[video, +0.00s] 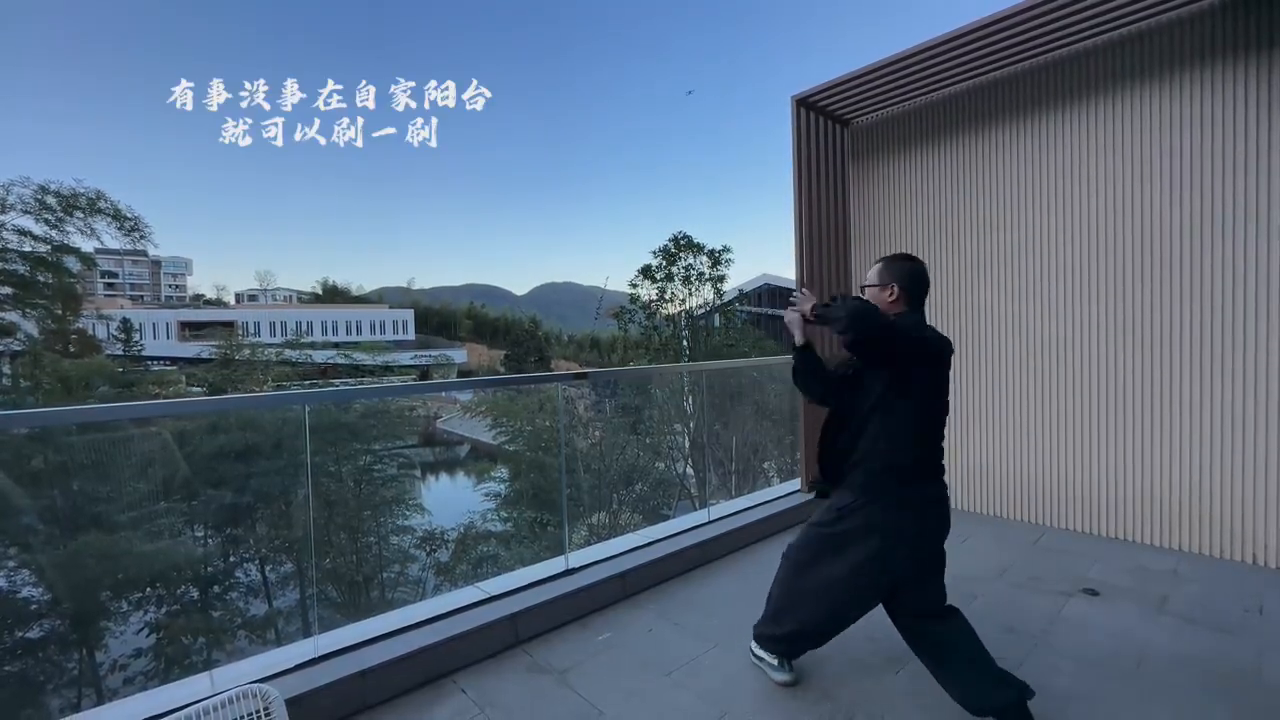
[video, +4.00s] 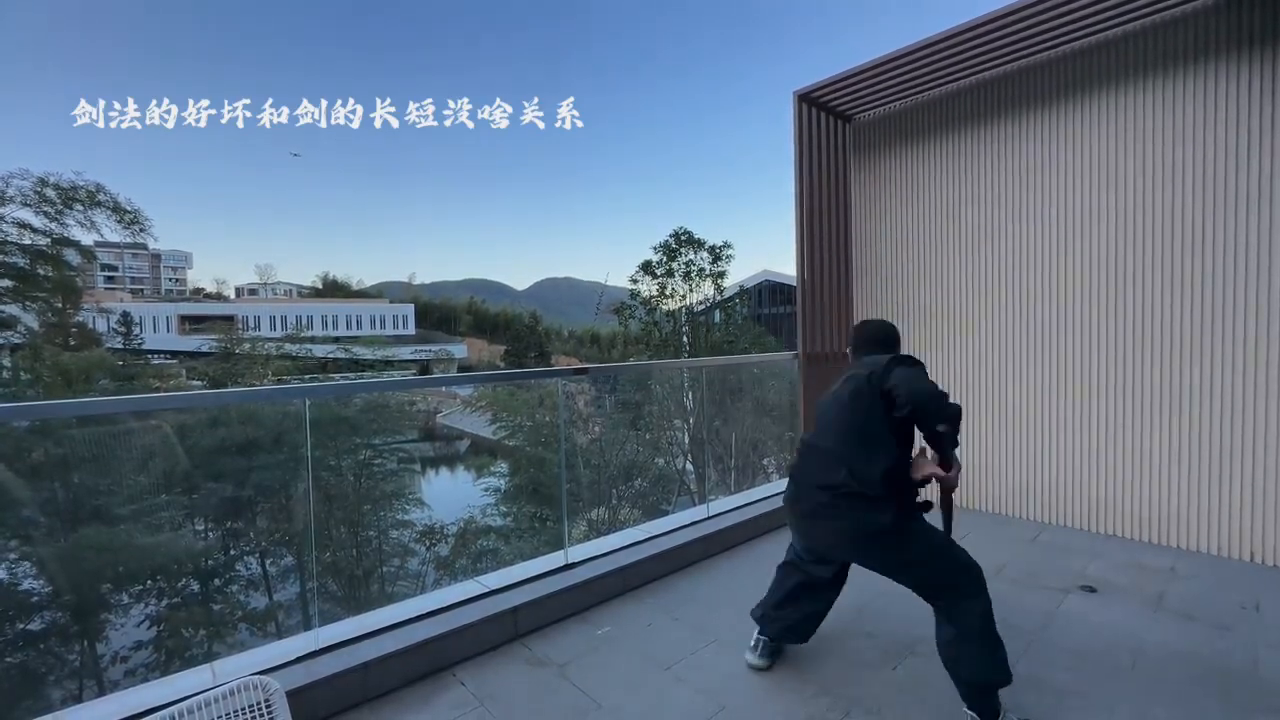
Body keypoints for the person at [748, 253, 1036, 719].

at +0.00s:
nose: (864, 298)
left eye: (870, 290)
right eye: (865, 291)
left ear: (892, 294)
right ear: (900, 298)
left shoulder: (920, 341)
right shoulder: (880, 352)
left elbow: (865, 327)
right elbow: (830, 392)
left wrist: (825, 309)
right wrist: (801, 344)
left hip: (875, 498)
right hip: (916, 501)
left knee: (807, 559)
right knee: (924, 613)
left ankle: (773, 644)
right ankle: (1006, 704)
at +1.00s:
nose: (910, 325)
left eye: (908, 317)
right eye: (909, 317)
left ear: (863, 315)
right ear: (903, 319)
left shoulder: (847, 357)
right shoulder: (881, 357)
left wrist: (911, 440)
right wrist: (904, 439)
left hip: (811, 498)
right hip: (867, 504)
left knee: (812, 560)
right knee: (956, 582)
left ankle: (773, 643)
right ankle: (991, 702)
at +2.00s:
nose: (972, 308)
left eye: (977, 296)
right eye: (973, 298)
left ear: (1007, 299)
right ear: (1015, 300)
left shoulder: (1061, 367)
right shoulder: (1075, 349)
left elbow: (1072, 488)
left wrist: (1058, 546)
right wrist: (1042, 498)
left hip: (1168, 557)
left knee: (1181, 702)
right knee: (1040, 584)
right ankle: (1055, 709)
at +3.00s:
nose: (802, 304)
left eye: (806, 296)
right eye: (803, 297)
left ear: (821, 300)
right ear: (846, 303)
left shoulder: (830, 335)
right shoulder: (850, 344)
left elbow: (763, 320)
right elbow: (784, 391)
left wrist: (770, 296)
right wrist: (763, 349)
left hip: (823, 495)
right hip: (873, 497)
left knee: (768, 543)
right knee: (901, 609)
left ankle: (764, 639)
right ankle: (988, 700)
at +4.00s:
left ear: (853, 354)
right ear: (896, 348)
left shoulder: (840, 388)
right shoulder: (899, 369)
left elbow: (847, 462)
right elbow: (928, 401)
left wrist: (910, 472)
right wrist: (946, 454)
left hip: (810, 511)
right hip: (869, 517)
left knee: (812, 559)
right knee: (960, 581)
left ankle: (765, 640)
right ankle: (984, 704)